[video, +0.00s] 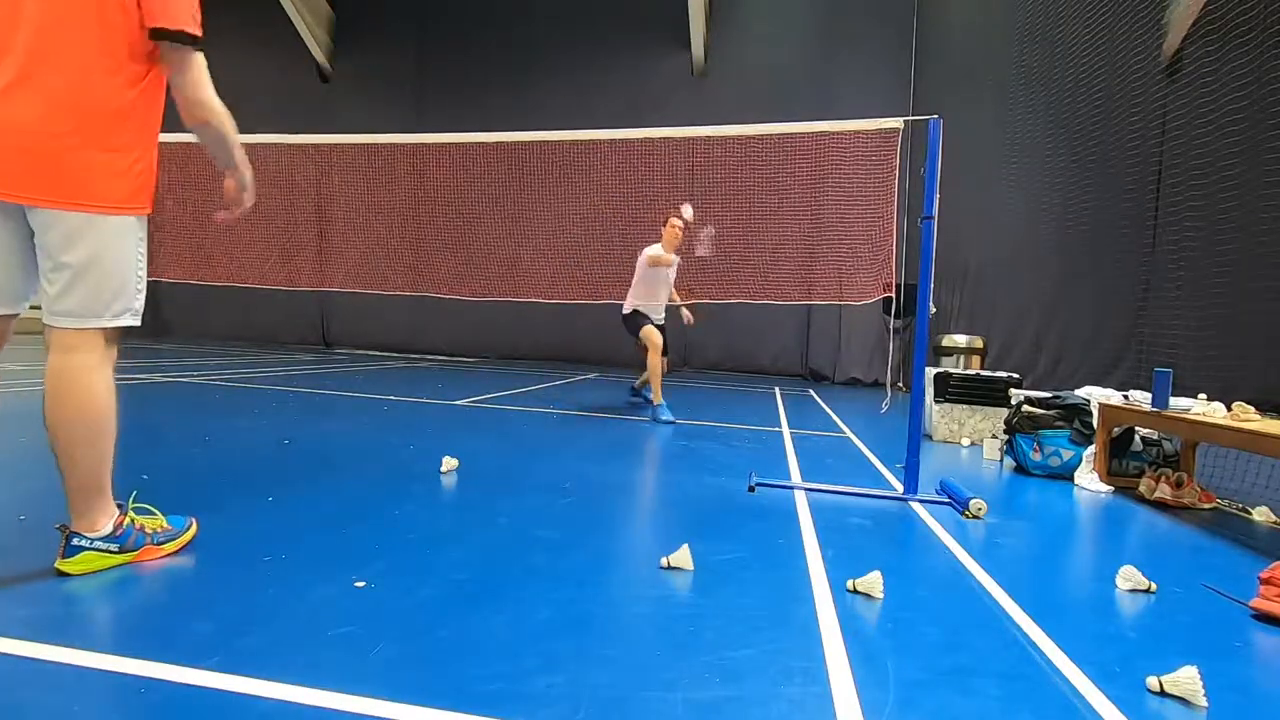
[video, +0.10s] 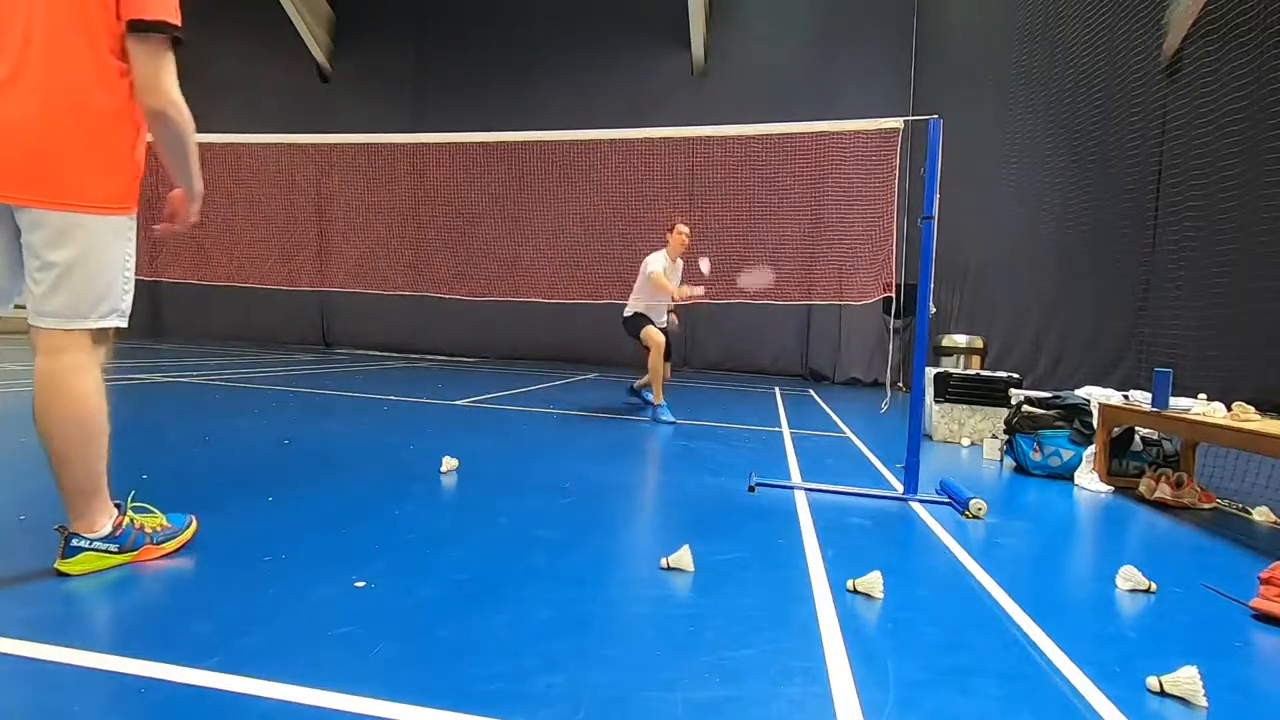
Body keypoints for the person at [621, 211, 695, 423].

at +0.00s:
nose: (676, 232)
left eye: (680, 229)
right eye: (672, 227)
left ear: (683, 235)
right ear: (663, 230)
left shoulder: (674, 261)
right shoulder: (651, 251)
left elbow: (668, 287)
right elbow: (651, 260)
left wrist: (681, 307)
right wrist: (672, 260)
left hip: (658, 316)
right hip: (636, 311)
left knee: (661, 366)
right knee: (656, 341)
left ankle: (638, 386)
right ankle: (658, 403)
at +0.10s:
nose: (685, 239)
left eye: (688, 236)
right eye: (681, 234)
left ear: (689, 242)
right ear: (669, 236)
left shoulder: (679, 265)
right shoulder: (654, 259)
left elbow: (668, 289)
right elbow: (655, 277)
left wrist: (670, 310)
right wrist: (673, 290)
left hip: (659, 318)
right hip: (637, 314)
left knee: (664, 374)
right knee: (658, 341)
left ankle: (638, 386)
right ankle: (659, 404)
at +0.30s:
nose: (685, 242)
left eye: (688, 239)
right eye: (681, 237)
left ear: (690, 244)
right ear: (670, 240)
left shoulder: (681, 268)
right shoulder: (654, 264)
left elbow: (667, 295)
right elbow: (642, 299)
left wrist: (664, 316)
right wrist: (650, 310)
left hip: (659, 320)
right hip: (636, 316)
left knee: (670, 376)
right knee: (656, 341)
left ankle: (641, 382)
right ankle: (658, 404)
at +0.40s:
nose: (678, 235)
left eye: (681, 231)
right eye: (673, 230)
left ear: (683, 236)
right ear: (664, 234)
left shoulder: (677, 263)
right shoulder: (650, 257)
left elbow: (664, 289)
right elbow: (631, 269)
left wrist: (665, 314)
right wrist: (618, 273)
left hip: (660, 317)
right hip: (637, 313)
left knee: (672, 374)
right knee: (655, 341)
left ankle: (642, 382)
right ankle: (658, 404)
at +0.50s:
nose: (669, 226)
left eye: (672, 223)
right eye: (665, 221)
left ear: (675, 229)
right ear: (655, 225)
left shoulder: (672, 256)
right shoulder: (639, 248)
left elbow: (668, 285)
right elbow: (615, 255)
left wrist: (675, 312)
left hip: (658, 312)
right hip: (635, 308)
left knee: (667, 368)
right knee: (651, 342)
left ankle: (642, 383)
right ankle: (657, 403)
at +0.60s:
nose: (661, 216)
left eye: (664, 213)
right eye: (657, 212)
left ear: (666, 219)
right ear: (647, 215)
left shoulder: (667, 249)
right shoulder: (630, 239)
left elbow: (672, 279)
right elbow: (602, 244)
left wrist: (685, 305)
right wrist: (578, 233)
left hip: (654, 306)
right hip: (630, 302)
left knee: (659, 358)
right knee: (640, 342)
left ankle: (636, 385)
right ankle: (650, 395)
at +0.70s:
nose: (649, 208)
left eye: (653, 205)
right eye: (646, 204)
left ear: (658, 211)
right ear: (639, 208)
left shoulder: (663, 240)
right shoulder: (623, 232)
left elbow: (672, 270)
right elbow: (593, 239)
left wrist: (688, 292)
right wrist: (568, 227)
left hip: (648, 300)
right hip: (625, 296)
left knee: (653, 350)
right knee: (630, 332)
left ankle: (633, 387)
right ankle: (632, 393)